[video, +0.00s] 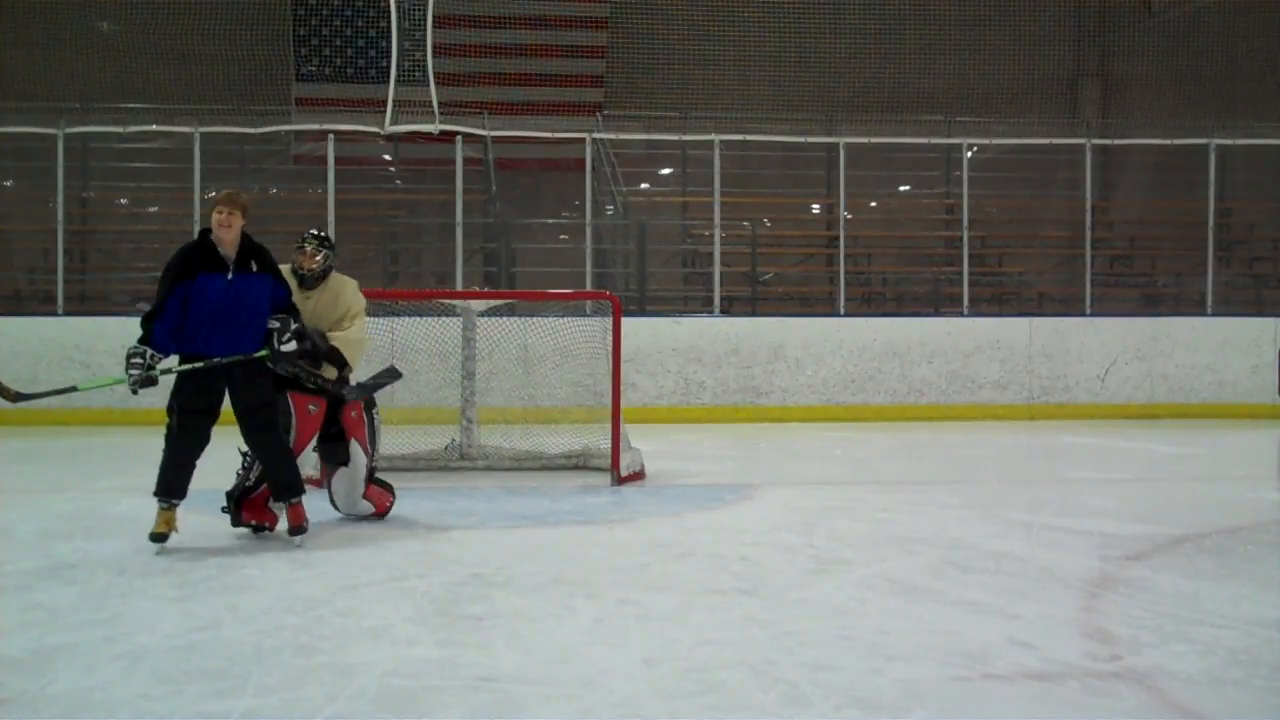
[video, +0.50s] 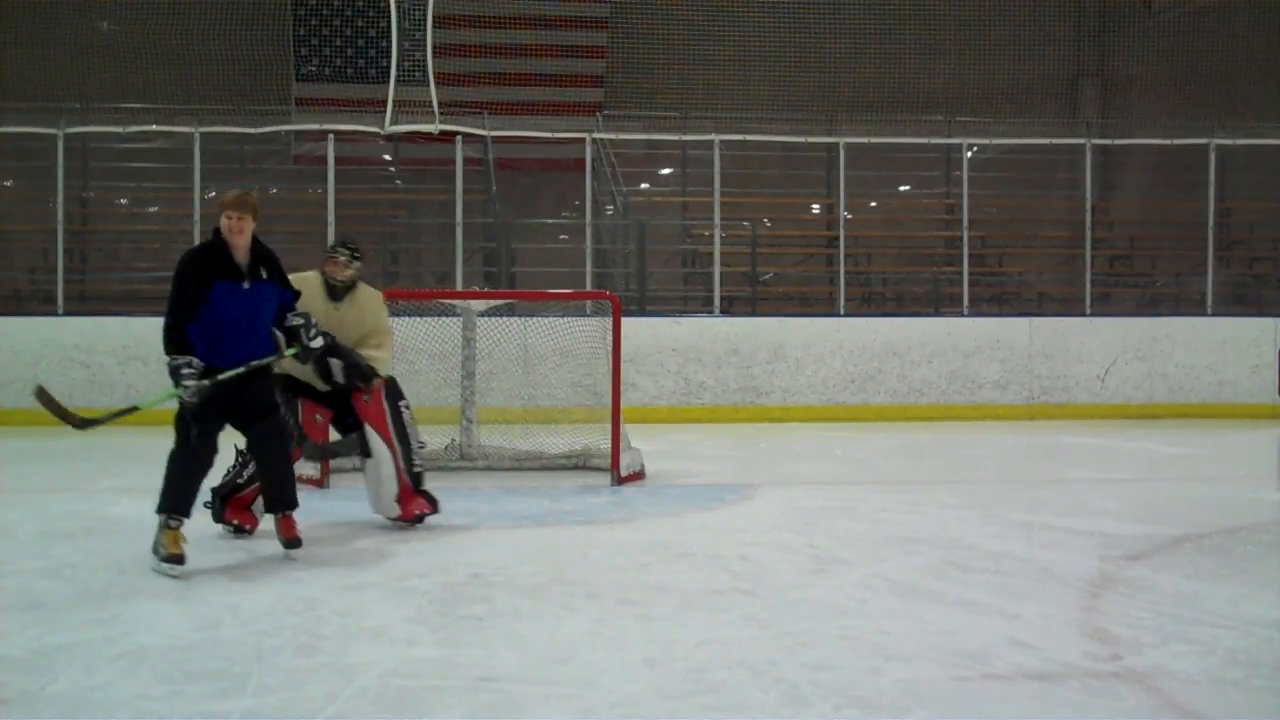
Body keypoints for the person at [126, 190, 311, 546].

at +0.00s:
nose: (224, 219)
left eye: (232, 214)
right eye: (219, 213)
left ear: (243, 221)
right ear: (210, 218)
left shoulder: (259, 259)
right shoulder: (189, 258)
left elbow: (284, 305)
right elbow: (165, 310)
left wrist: (284, 328)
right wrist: (146, 352)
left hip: (250, 360)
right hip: (200, 362)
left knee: (265, 433)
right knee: (186, 434)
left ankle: (292, 501)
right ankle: (166, 507)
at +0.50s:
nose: (232, 223)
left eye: (240, 218)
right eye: (227, 217)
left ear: (253, 222)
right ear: (219, 221)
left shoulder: (267, 261)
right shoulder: (198, 261)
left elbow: (286, 308)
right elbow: (176, 321)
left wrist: (306, 335)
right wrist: (184, 369)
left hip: (255, 371)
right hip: (206, 374)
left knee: (272, 438)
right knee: (195, 448)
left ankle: (283, 513)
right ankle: (171, 527)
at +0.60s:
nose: (247, 225)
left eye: (254, 219)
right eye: (241, 218)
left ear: (266, 224)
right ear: (231, 222)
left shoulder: (276, 263)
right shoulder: (209, 265)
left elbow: (294, 308)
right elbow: (191, 327)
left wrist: (309, 328)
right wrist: (203, 373)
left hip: (267, 374)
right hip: (220, 378)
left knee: (286, 444)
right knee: (211, 452)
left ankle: (290, 517)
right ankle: (184, 532)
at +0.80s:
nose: (300, 238)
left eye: (306, 231)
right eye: (293, 230)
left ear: (311, 237)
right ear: (274, 232)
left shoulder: (303, 278)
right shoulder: (253, 274)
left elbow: (305, 329)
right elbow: (243, 339)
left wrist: (322, 353)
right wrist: (268, 378)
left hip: (291, 380)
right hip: (246, 380)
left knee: (330, 441)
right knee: (244, 456)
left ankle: (316, 525)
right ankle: (200, 535)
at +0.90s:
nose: (335, 253)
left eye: (340, 246)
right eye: (328, 244)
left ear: (344, 251)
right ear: (309, 245)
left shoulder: (319, 288)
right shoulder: (290, 282)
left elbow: (325, 344)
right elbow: (295, 349)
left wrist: (347, 374)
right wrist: (329, 378)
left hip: (302, 389)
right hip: (266, 388)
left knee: (356, 441)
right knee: (261, 464)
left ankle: (343, 524)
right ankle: (207, 537)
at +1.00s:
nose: (382, 254)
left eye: (384, 247)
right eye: (375, 247)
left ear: (381, 252)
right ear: (354, 248)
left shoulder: (359, 286)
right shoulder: (339, 283)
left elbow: (357, 343)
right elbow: (346, 344)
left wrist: (384, 374)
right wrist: (381, 376)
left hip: (339, 386)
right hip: (300, 383)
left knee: (382, 441)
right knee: (275, 462)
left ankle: (362, 527)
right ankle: (213, 539)